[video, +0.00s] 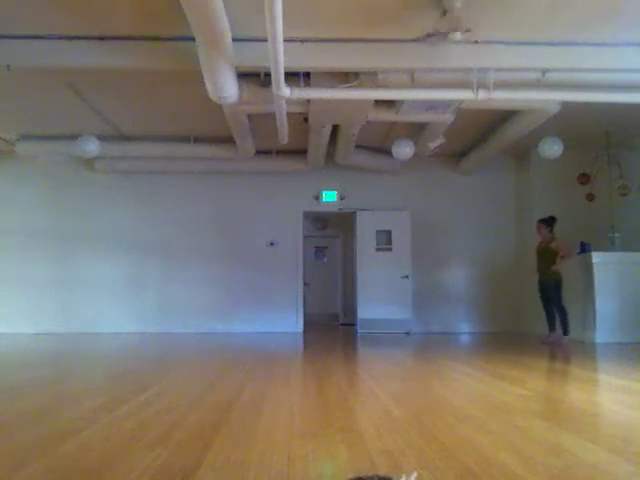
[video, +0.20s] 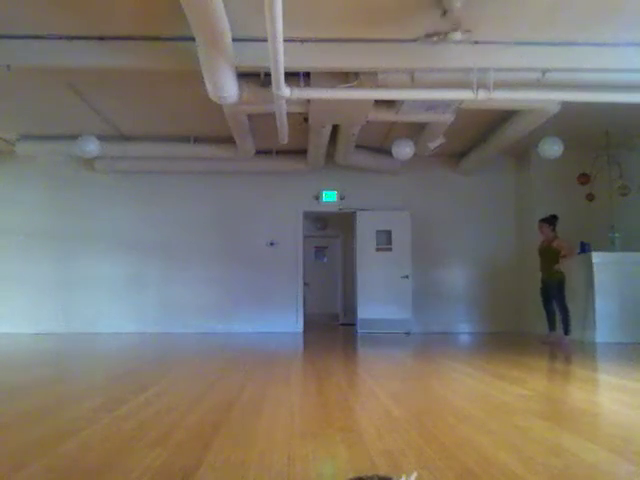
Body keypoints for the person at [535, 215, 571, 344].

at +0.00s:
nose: (538, 231)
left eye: (541, 228)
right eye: (538, 228)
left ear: (548, 229)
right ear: (540, 230)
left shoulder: (554, 243)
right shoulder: (541, 243)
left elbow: (567, 253)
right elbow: (542, 257)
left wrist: (557, 261)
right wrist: (539, 268)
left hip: (553, 276)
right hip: (543, 276)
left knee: (557, 304)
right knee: (547, 305)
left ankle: (565, 333)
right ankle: (551, 332)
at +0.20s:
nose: (540, 231)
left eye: (543, 228)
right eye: (540, 228)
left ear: (550, 228)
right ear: (542, 229)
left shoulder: (557, 242)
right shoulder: (544, 242)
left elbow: (570, 252)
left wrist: (560, 258)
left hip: (556, 275)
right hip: (546, 275)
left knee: (560, 304)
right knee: (547, 304)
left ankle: (566, 334)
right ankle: (552, 332)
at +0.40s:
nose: (542, 230)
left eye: (544, 227)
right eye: (542, 227)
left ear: (553, 226)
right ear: (547, 227)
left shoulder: (559, 240)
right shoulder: (546, 240)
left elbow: (574, 251)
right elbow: (550, 253)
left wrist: (562, 262)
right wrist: (545, 262)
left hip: (558, 275)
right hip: (548, 274)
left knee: (562, 304)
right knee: (548, 304)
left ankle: (566, 335)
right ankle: (551, 332)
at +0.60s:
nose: (544, 230)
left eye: (546, 226)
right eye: (543, 227)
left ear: (554, 226)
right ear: (547, 227)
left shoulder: (561, 239)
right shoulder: (548, 240)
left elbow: (576, 250)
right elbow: (550, 253)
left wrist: (563, 261)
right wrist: (545, 262)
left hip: (559, 275)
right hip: (548, 275)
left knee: (562, 304)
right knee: (549, 304)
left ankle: (567, 336)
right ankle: (551, 332)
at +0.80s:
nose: (546, 230)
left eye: (547, 227)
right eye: (545, 227)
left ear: (555, 226)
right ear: (548, 228)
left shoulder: (563, 241)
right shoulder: (549, 240)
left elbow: (572, 255)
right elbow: (548, 255)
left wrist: (559, 263)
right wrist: (544, 263)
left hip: (560, 276)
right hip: (549, 276)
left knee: (563, 304)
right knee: (549, 304)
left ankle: (567, 335)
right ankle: (550, 331)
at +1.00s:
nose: (547, 230)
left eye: (548, 227)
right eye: (546, 227)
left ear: (556, 226)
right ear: (549, 228)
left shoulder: (563, 241)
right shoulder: (550, 241)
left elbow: (572, 256)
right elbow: (547, 255)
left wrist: (557, 262)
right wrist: (543, 262)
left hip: (561, 275)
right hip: (550, 275)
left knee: (563, 304)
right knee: (548, 303)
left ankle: (567, 335)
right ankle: (550, 331)